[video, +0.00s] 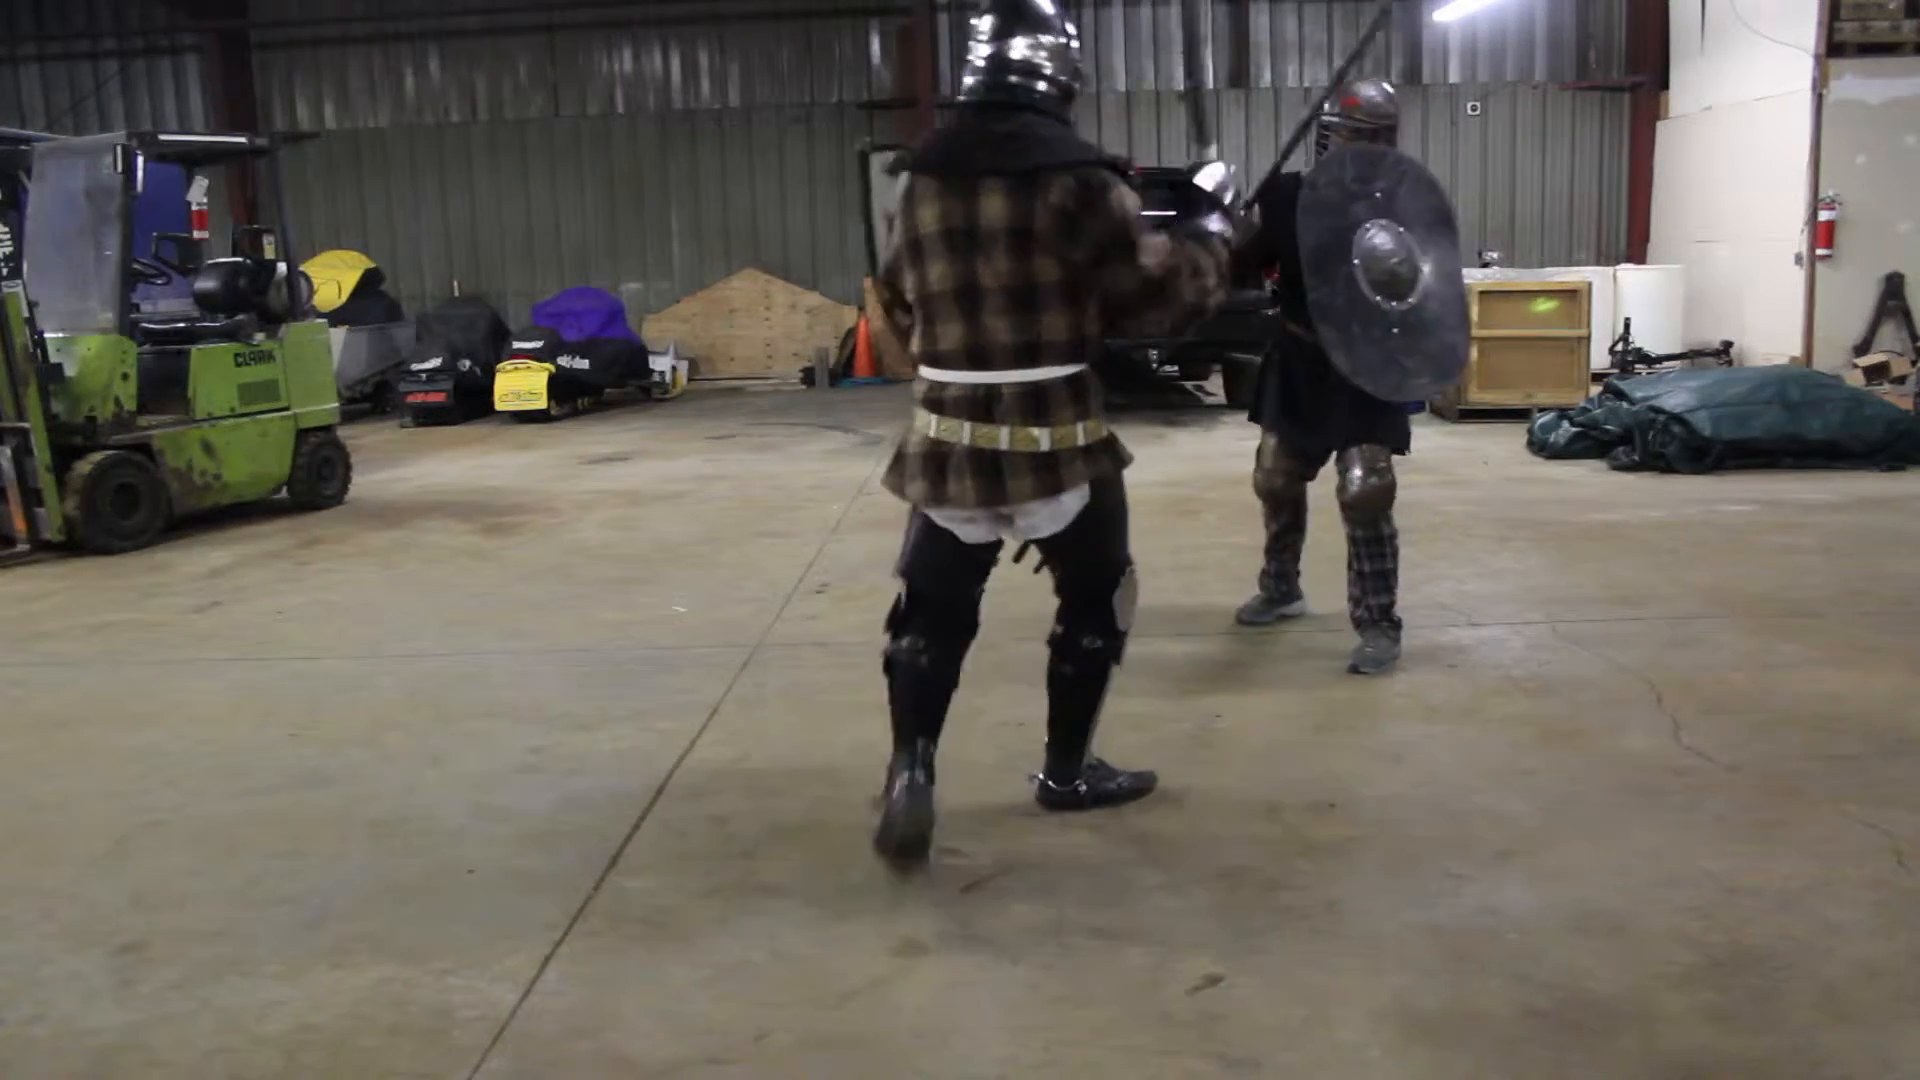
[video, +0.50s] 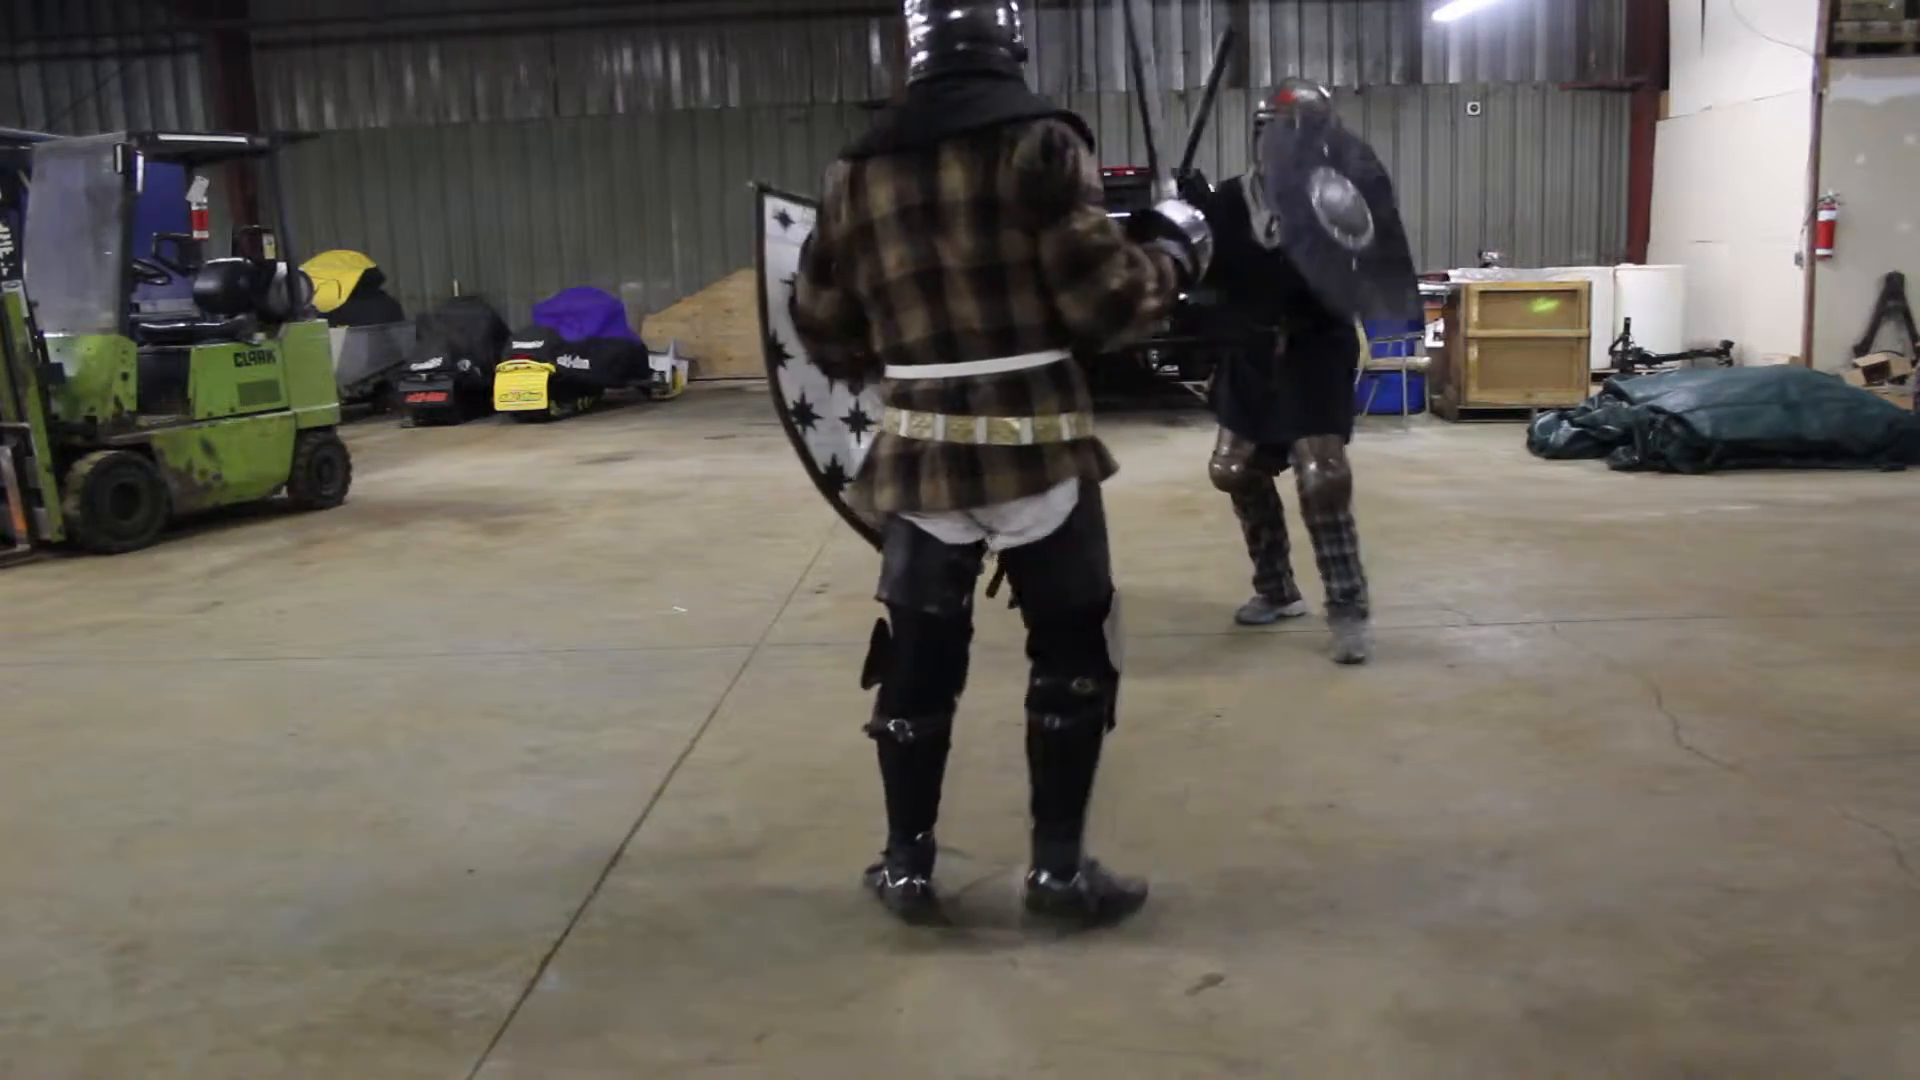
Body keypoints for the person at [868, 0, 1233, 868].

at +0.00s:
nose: (1076, 100)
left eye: (1070, 87)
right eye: (1074, 86)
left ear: (976, 78)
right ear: (1061, 84)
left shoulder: (925, 179)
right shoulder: (1078, 181)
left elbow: (894, 300)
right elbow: (1152, 292)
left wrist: (944, 358)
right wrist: (1216, 239)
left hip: (948, 441)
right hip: (1059, 441)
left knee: (931, 609)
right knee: (1094, 593)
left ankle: (909, 767)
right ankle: (1067, 766)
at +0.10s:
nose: (1055, 93)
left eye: (1046, 79)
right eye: (1052, 79)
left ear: (957, 74)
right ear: (1040, 78)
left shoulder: (900, 178)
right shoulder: (1054, 176)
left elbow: (873, 307)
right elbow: (1126, 308)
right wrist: (1195, 247)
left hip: (932, 448)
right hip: (1043, 447)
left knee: (926, 628)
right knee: (1078, 600)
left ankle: (908, 827)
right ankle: (1068, 766)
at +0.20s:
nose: (1036, 88)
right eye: (1031, 71)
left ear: (930, 76)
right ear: (1021, 73)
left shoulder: (870, 187)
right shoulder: (1039, 173)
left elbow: (838, 336)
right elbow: (1091, 321)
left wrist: (877, 423)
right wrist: (1169, 281)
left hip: (917, 464)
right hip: (1032, 458)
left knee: (916, 652)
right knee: (1069, 617)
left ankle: (908, 851)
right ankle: (1089, 775)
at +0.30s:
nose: (1027, 92)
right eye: (1023, 75)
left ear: (920, 73)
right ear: (1010, 71)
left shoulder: (861, 177)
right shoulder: (1026, 160)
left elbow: (829, 328)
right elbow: (1084, 314)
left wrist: (894, 391)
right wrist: (1153, 285)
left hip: (910, 462)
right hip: (1026, 454)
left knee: (911, 654)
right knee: (1074, 624)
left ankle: (906, 855)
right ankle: (1094, 802)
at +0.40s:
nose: (1022, 77)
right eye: (1017, 58)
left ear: (916, 64)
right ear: (1008, 61)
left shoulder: (856, 166)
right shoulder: (1028, 150)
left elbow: (822, 326)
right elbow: (1089, 303)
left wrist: (898, 366)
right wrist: (1160, 265)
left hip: (910, 457)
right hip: (1028, 450)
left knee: (913, 654)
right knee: (1080, 633)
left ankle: (905, 856)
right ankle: (1080, 837)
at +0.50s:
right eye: (1016, 42)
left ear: (920, 59)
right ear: (1011, 53)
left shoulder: (862, 166)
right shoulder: (1038, 147)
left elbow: (819, 320)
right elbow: (1107, 306)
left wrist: (893, 371)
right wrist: (1168, 247)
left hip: (921, 460)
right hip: (1039, 453)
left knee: (919, 653)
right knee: (1071, 649)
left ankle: (907, 857)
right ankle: (1059, 863)